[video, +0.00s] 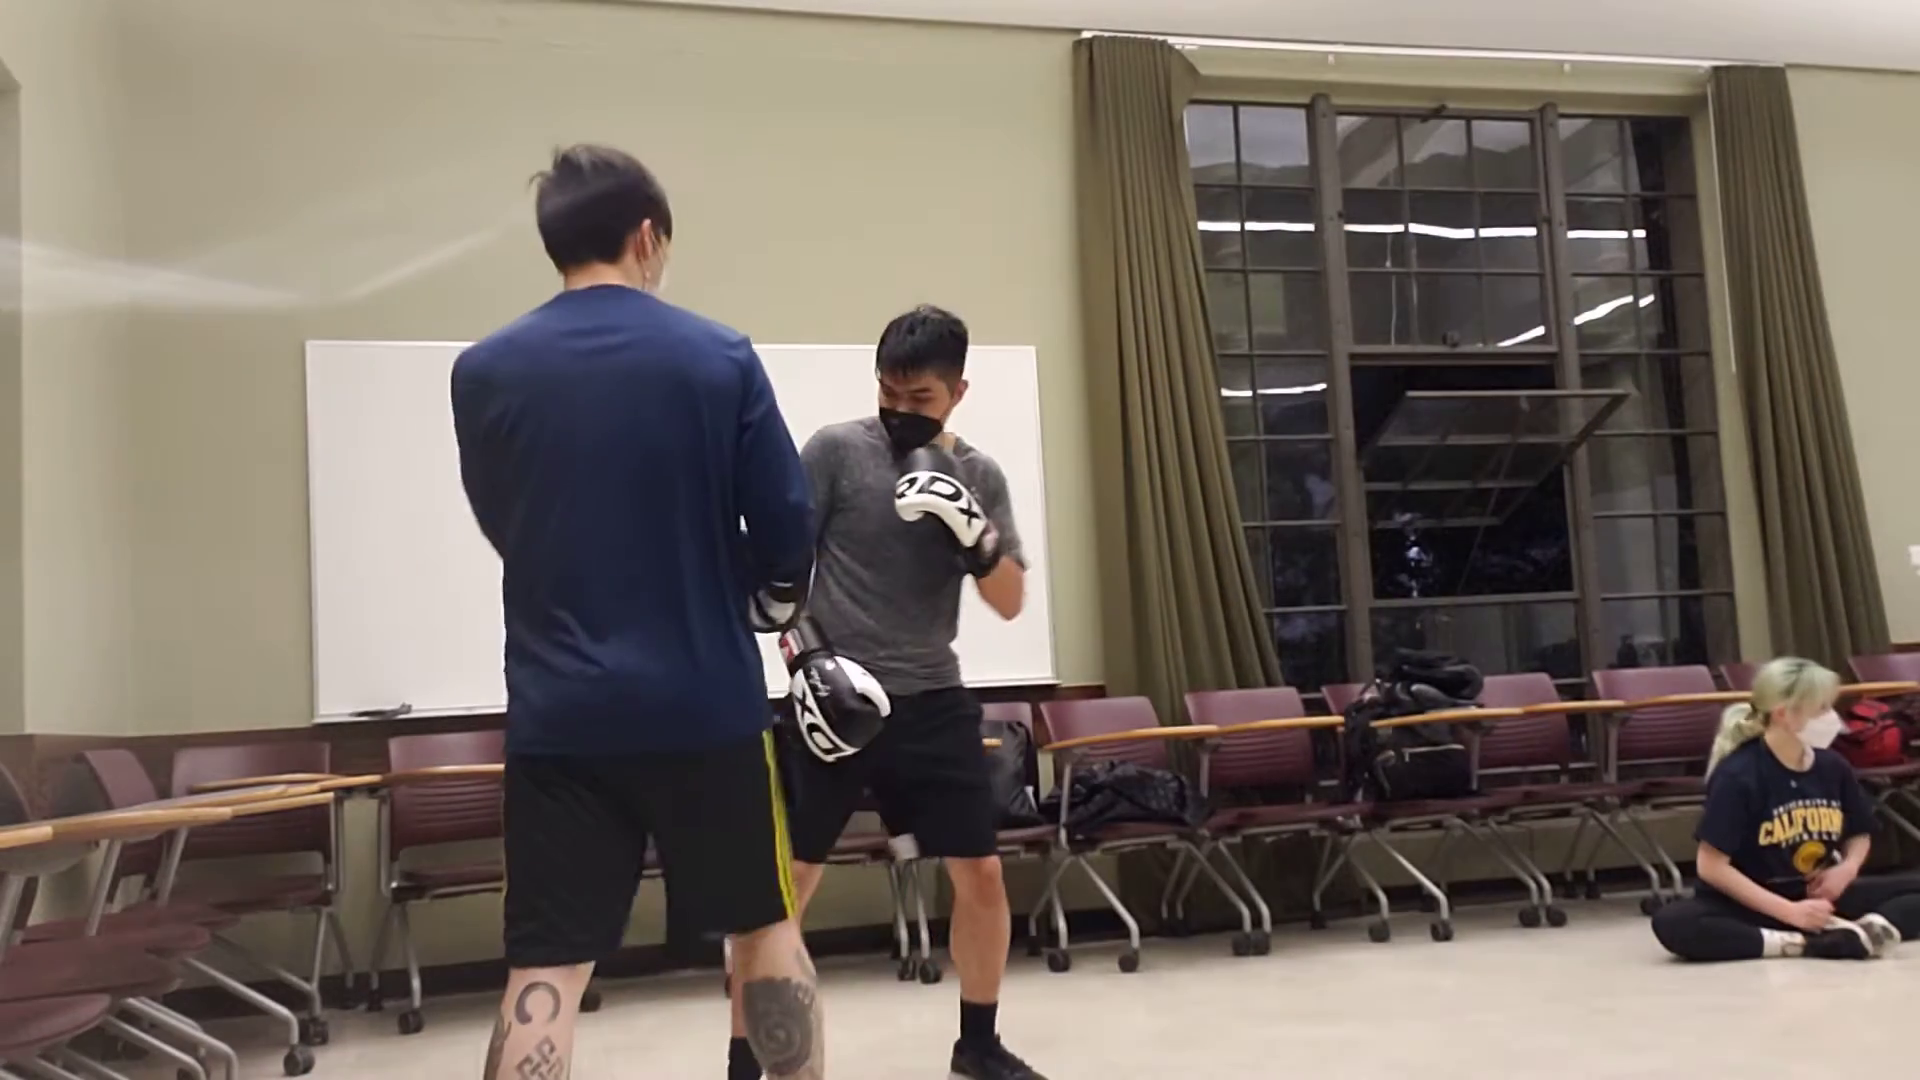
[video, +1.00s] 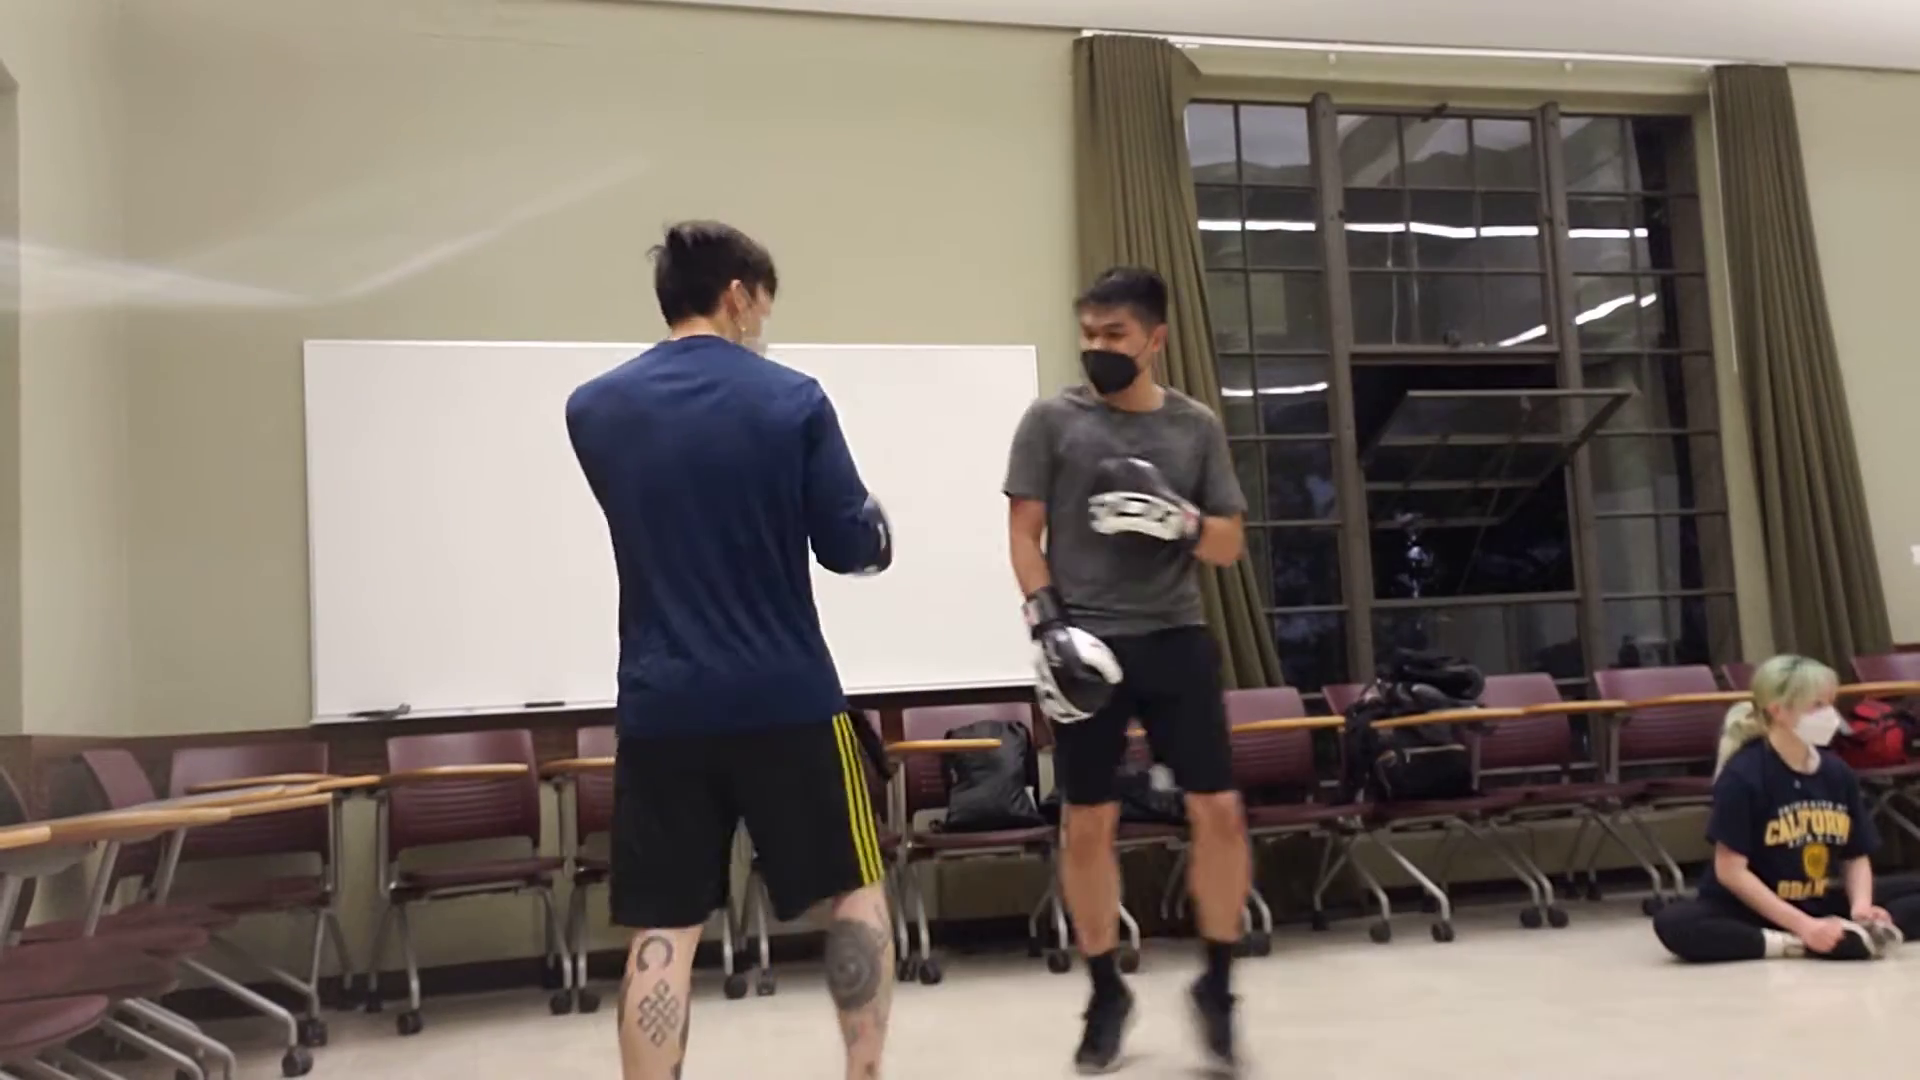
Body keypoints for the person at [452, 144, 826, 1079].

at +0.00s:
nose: (665, 258)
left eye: (661, 243)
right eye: (665, 242)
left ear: (554, 247)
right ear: (647, 237)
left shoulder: (484, 371)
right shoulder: (716, 356)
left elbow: (505, 526)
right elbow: (787, 533)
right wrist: (737, 575)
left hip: (558, 713)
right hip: (703, 711)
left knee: (545, 969)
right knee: (761, 927)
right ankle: (788, 1078)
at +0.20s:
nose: (689, 276)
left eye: (689, 265)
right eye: (689, 264)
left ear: (582, 274)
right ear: (675, 265)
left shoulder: (519, 390)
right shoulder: (743, 394)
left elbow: (542, 539)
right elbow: (810, 563)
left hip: (577, 725)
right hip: (718, 724)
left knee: (559, 962)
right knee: (768, 936)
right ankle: (810, 1074)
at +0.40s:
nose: (742, 285)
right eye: (743, 273)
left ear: (642, 283)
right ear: (736, 276)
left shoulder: (587, 378)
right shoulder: (794, 396)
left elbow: (621, 516)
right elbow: (888, 528)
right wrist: (895, 477)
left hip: (644, 707)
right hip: (774, 709)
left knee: (578, 938)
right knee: (804, 932)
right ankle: (822, 1073)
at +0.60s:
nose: (776, 307)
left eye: (773, 298)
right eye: (776, 295)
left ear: (676, 299)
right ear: (763, 291)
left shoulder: (619, 380)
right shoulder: (815, 384)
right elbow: (873, 509)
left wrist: (705, 337)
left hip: (672, 698)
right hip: (795, 698)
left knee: (630, 935)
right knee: (817, 939)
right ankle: (823, 1074)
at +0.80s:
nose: (759, 314)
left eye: (754, 303)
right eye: (759, 302)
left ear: (661, 305)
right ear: (745, 297)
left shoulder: (601, 394)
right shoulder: (797, 390)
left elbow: (651, 499)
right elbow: (856, 537)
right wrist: (762, 484)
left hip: (671, 711)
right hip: (794, 706)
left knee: (657, 943)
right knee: (819, 934)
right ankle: (837, 1075)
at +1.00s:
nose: (767, 322)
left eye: (767, 305)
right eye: (765, 304)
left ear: (670, 304)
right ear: (737, 297)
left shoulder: (594, 407)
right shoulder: (787, 396)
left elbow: (645, 504)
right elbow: (850, 545)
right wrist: (871, 525)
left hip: (660, 712)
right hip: (785, 702)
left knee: (663, 930)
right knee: (852, 892)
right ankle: (865, 1071)